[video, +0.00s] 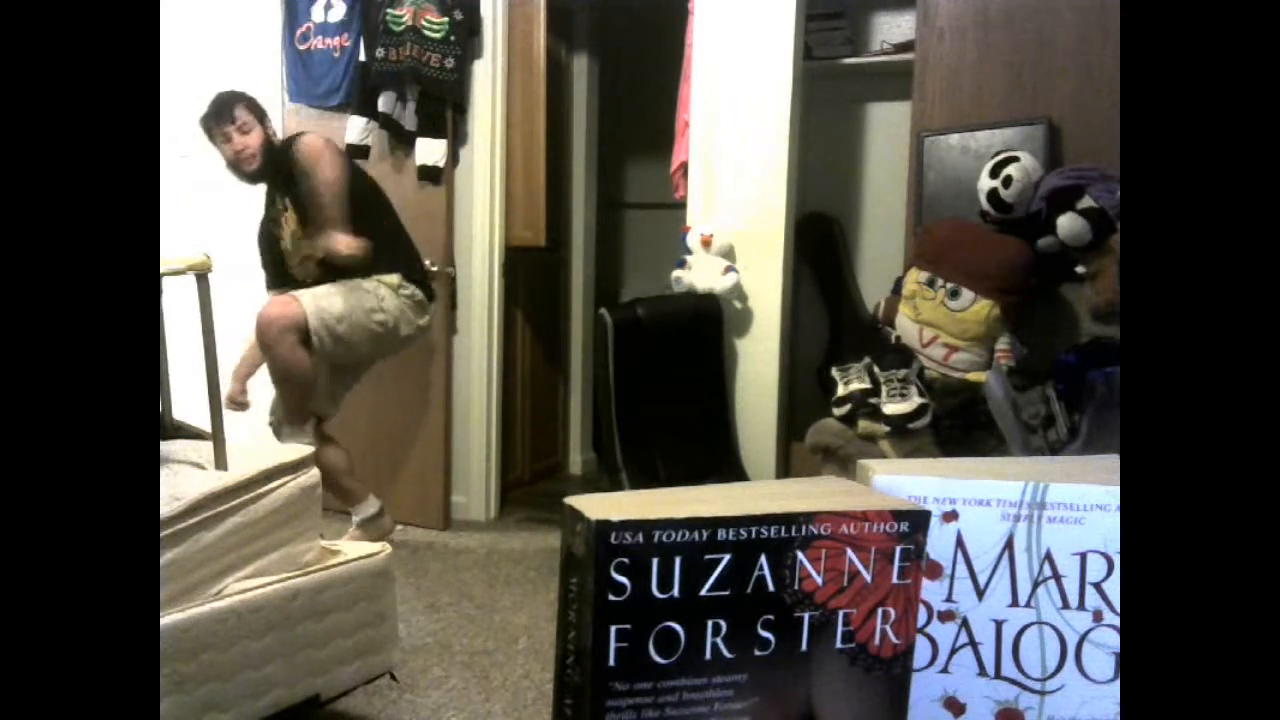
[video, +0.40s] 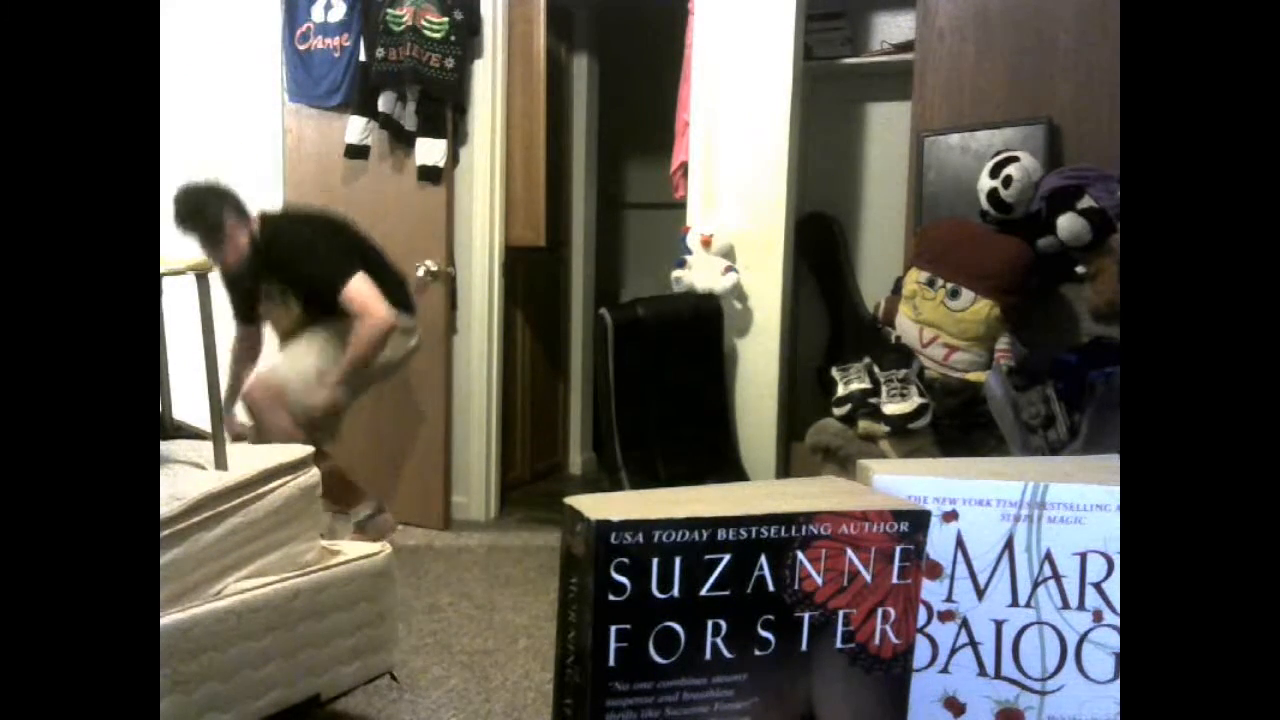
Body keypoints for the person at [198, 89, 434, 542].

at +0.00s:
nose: (237, 146)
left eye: (243, 130)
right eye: (225, 140)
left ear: (266, 127)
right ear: (219, 151)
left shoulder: (305, 150)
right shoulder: (272, 228)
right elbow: (283, 303)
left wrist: (326, 236)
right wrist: (244, 372)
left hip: (397, 293)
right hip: (350, 312)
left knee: (277, 318)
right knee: (305, 421)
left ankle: (295, 421)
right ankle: (369, 512)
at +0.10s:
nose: (224, 160)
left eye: (230, 144)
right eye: (215, 151)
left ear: (252, 135)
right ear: (212, 154)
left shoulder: (294, 167)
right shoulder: (260, 215)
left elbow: (310, 247)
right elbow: (271, 303)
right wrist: (244, 377)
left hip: (398, 285)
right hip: (359, 300)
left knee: (282, 318)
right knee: (283, 411)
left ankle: (303, 431)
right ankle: (359, 501)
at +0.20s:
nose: (214, 178)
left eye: (217, 163)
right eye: (207, 168)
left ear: (240, 149)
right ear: (209, 167)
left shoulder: (301, 185)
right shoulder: (253, 225)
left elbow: (322, 289)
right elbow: (267, 310)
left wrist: (263, 289)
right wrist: (242, 389)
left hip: (399, 288)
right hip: (356, 302)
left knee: (280, 331)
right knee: (290, 412)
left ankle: (303, 429)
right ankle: (371, 513)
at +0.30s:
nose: (221, 232)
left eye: (226, 215)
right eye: (210, 222)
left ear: (246, 198)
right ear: (202, 219)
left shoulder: (297, 222)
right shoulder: (242, 253)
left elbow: (366, 319)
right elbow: (257, 331)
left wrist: (306, 369)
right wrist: (234, 404)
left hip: (392, 311)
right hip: (332, 323)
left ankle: (342, 506)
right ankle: (364, 512)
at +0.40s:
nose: (220, 258)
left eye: (223, 241)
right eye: (210, 247)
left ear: (242, 222)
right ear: (202, 243)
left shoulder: (299, 238)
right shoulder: (237, 269)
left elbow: (379, 316)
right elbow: (248, 341)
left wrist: (337, 386)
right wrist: (228, 406)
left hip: (381, 326)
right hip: (327, 331)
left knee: (264, 394)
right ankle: (363, 508)